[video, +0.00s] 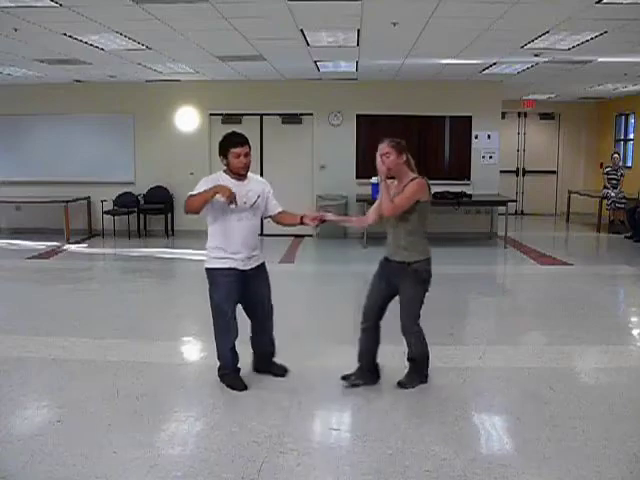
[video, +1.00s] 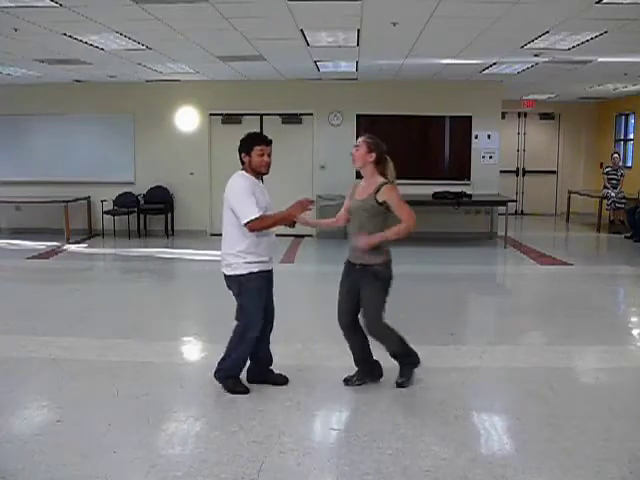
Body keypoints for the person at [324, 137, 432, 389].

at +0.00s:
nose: (382, 161)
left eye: (387, 156)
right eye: (380, 157)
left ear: (402, 157)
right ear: (380, 162)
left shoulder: (418, 184)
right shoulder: (388, 188)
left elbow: (389, 211)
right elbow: (366, 220)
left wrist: (384, 180)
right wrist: (333, 218)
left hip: (416, 267)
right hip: (390, 264)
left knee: (409, 323)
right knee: (370, 315)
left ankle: (419, 371)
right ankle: (367, 370)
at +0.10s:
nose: (387, 162)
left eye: (391, 156)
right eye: (385, 158)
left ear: (408, 156)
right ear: (385, 163)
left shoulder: (422, 184)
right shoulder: (396, 187)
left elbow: (391, 210)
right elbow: (372, 217)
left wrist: (386, 180)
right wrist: (341, 214)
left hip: (421, 265)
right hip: (397, 262)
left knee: (413, 321)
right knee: (380, 310)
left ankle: (419, 370)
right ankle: (397, 359)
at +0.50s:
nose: (385, 156)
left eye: (390, 151)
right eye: (385, 151)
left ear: (406, 155)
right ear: (397, 157)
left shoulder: (423, 185)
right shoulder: (390, 186)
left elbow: (421, 227)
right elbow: (368, 217)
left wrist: (390, 212)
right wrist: (336, 220)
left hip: (421, 262)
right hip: (398, 260)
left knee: (408, 314)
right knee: (408, 314)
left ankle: (419, 369)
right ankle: (431, 352)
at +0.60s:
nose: (381, 154)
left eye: (386, 149)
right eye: (381, 150)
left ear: (403, 154)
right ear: (395, 156)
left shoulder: (420, 185)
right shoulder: (384, 188)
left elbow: (437, 223)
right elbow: (361, 220)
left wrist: (406, 239)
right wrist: (325, 217)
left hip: (418, 264)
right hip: (392, 263)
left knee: (411, 315)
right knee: (390, 314)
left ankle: (418, 369)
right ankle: (424, 345)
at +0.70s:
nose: (375, 152)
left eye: (381, 147)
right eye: (376, 147)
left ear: (397, 153)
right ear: (389, 154)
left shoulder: (415, 186)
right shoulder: (377, 188)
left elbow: (439, 218)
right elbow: (351, 218)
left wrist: (425, 250)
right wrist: (315, 213)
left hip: (412, 266)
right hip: (385, 265)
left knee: (412, 322)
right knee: (373, 313)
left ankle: (420, 371)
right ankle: (405, 350)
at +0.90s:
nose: (360, 151)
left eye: (366, 147)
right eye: (361, 146)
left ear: (381, 154)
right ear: (373, 156)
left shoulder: (397, 187)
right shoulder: (362, 188)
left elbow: (426, 217)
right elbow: (339, 219)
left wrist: (407, 242)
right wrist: (309, 216)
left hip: (391, 268)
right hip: (365, 266)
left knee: (397, 322)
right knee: (350, 315)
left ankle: (417, 369)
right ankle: (368, 368)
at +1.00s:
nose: (352, 152)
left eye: (357, 149)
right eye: (354, 148)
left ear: (372, 156)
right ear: (365, 156)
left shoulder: (386, 189)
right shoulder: (358, 187)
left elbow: (409, 223)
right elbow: (339, 221)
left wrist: (375, 239)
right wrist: (303, 220)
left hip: (376, 268)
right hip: (353, 266)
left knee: (372, 323)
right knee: (347, 320)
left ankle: (408, 359)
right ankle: (368, 368)